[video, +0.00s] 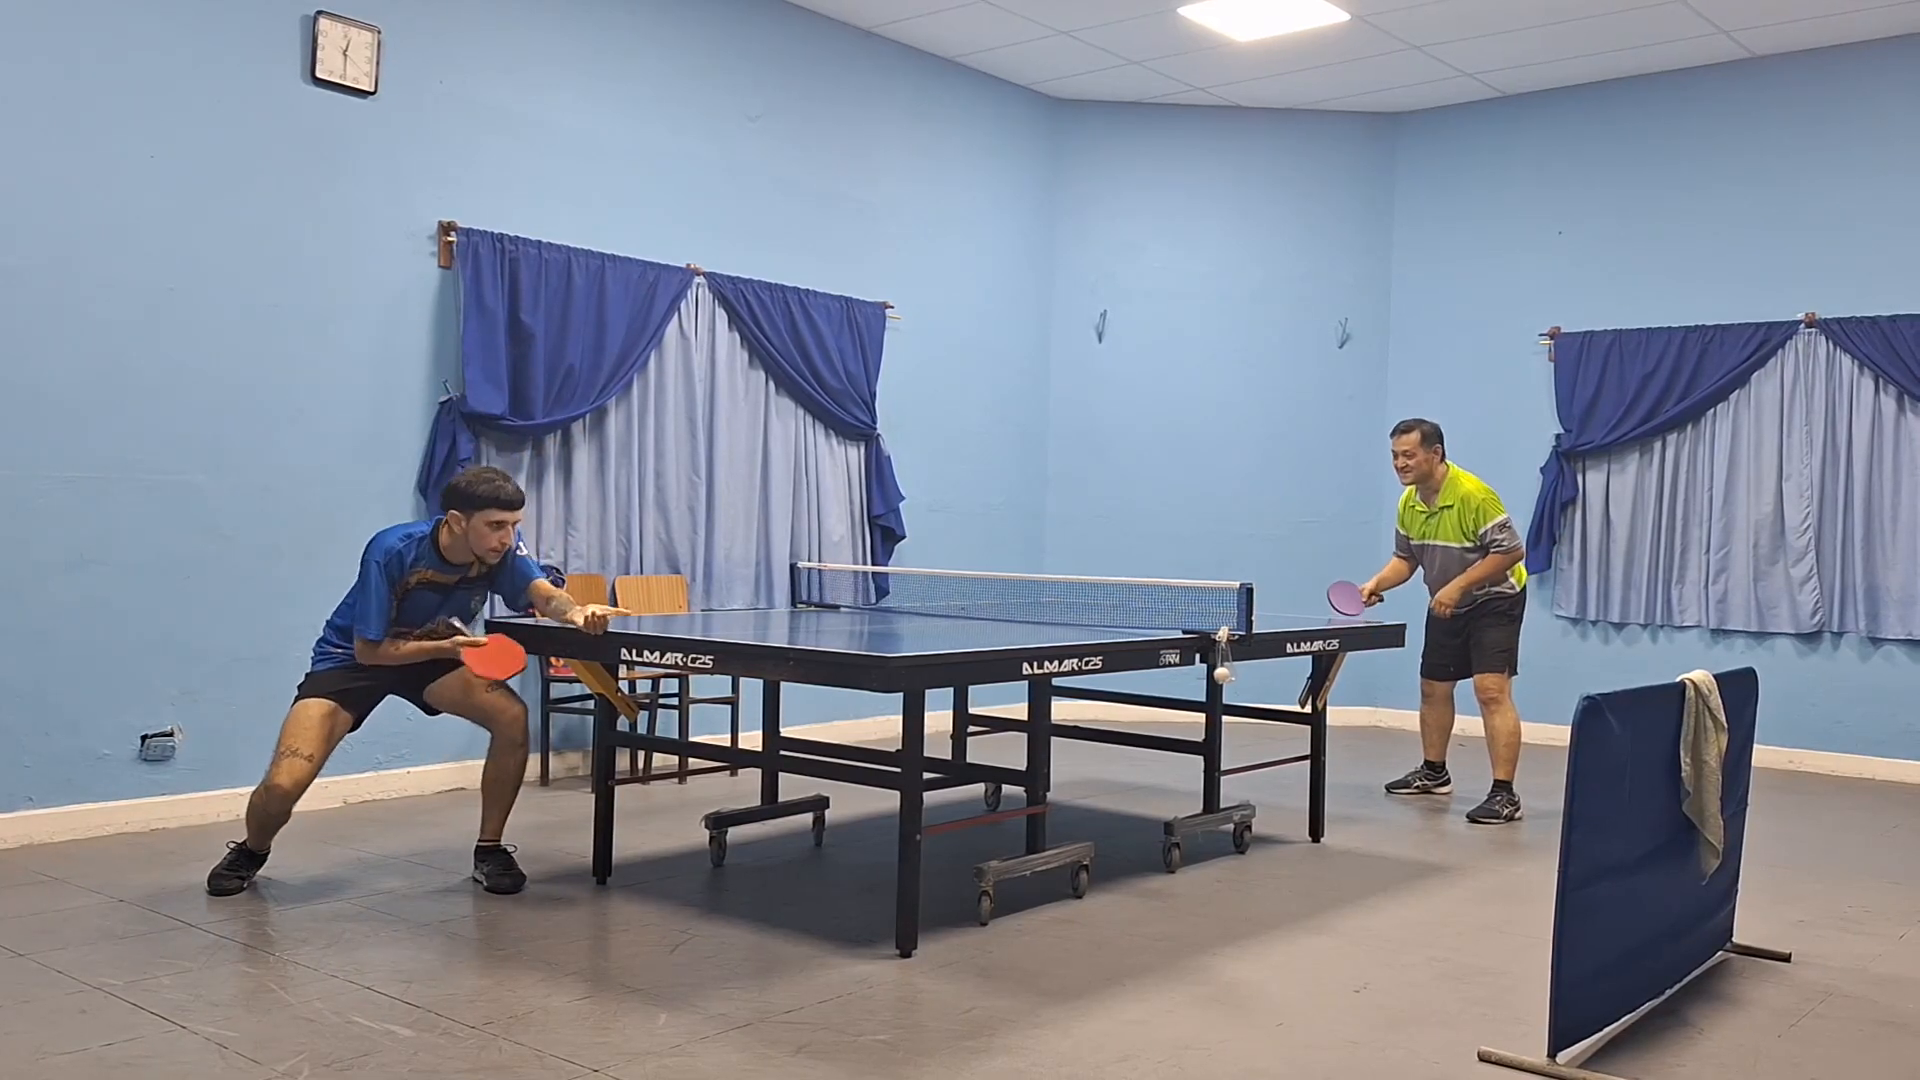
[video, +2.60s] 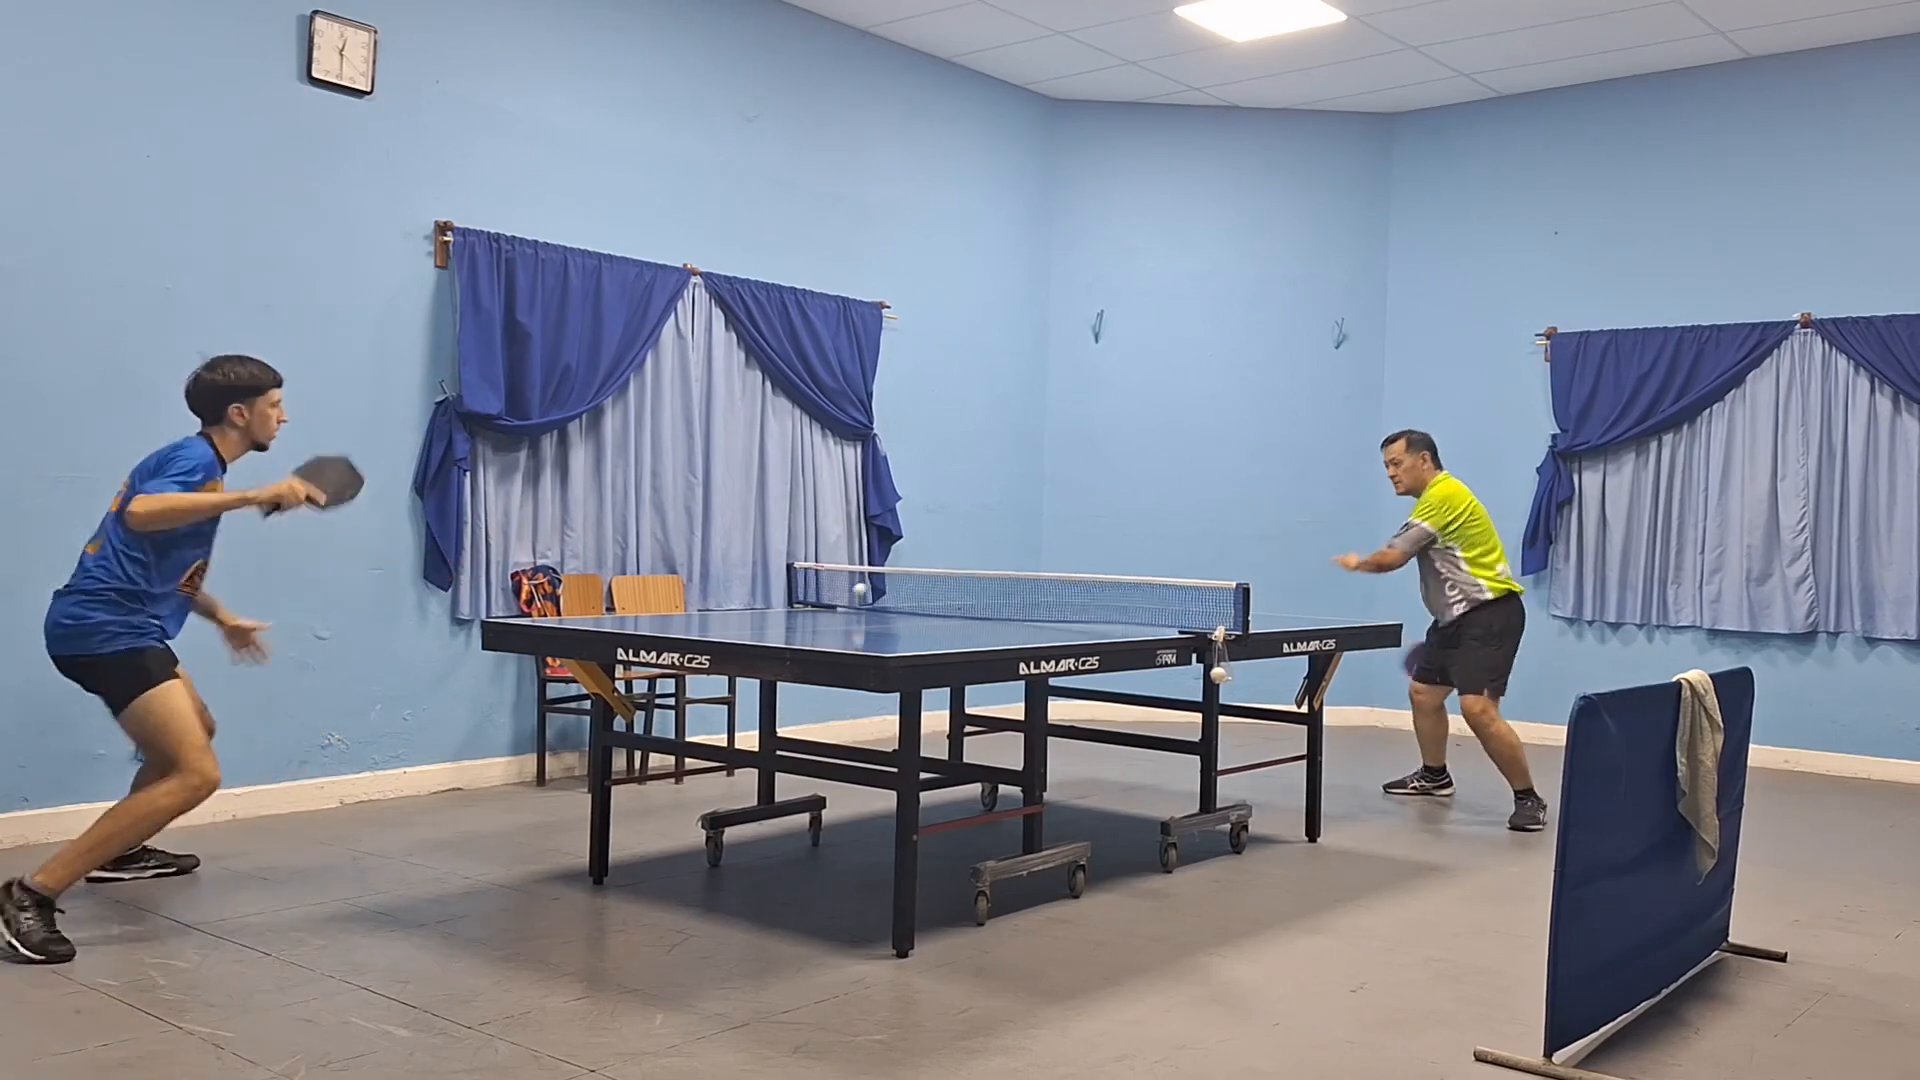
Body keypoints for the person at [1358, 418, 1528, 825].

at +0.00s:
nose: (1400, 463)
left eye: (1408, 455)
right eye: (1395, 456)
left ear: (1435, 455)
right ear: (1394, 458)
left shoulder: (1472, 495)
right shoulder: (1408, 503)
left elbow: (1510, 549)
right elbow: (1406, 558)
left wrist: (1459, 586)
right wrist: (1378, 582)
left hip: (1494, 600)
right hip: (1445, 604)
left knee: (1491, 690)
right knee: (1433, 686)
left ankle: (1503, 793)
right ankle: (1434, 771)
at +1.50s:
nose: (1401, 450)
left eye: (1410, 441)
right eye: (1395, 442)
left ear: (1436, 441)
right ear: (1391, 445)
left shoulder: (1478, 485)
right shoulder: (1388, 493)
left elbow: (1510, 545)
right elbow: (1361, 548)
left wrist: (1476, 592)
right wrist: (1338, 559)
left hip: (1470, 610)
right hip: (1407, 607)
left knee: (1478, 699)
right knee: (1373, 684)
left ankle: (1492, 789)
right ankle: (1369, 761)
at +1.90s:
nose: (1404, 468)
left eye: (1415, 460)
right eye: (1397, 459)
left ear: (1438, 460)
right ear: (1389, 457)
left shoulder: (1461, 499)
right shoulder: (1377, 498)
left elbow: (1484, 552)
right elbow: (1344, 528)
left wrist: (1496, 603)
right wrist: (1327, 538)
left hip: (1445, 617)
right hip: (1381, 616)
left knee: (1472, 702)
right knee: (1374, 695)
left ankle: (1485, 788)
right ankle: (1356, 794)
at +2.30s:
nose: (1401, 444)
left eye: (1411, 435)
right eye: (1397, 436)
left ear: (1439, 438)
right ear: (1395, 442)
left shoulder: (1480, 487)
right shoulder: (1396, 495)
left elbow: (1525, 541)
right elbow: (1379, 546)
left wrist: (1484, 591)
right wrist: (1338, 561)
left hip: (1479, 614)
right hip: (1417, 613)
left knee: (1501, 704)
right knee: (1387, 690)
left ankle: (1526, 796)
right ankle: (1356, 786)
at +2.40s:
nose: (1400, 443)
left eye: (1408, 434)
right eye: (1397, 436)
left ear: (1438, 436)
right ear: (1398, 442)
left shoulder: (1471, 479)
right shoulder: (1413, 492)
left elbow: (1502, 535)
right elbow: (1404, 552)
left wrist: (1437, 561)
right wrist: (1362, 572)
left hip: (1489, 608)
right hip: (1432, 608)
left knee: (1503, 704)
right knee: (1391, 682)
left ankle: (1526, 796)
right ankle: (1398, 775)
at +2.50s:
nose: (1399, 458)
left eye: (1405, 449)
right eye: (1395, 452)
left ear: (1433, 446)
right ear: (1395, 457)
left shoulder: (1462, 482)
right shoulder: (1426, 500)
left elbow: (1441, 549)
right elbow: (1426, 571)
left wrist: (1395, 548)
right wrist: (1386, 608)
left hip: (1494, 607)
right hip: (1446, 611)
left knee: (1494, 705)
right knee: (1407, 685)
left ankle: (1528, 797)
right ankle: (1428, 763)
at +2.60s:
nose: (1390, 473)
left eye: (1396, 464)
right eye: (1387, 467)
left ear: (1424, 460)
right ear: (1424, 464)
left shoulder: (1444, 493)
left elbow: (1397, 553)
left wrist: (1362, 563)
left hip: (1491, 611)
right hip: (1457, 617)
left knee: (1477, 708)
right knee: (1424, 695)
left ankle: (1528, 798)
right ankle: (1434, 775)